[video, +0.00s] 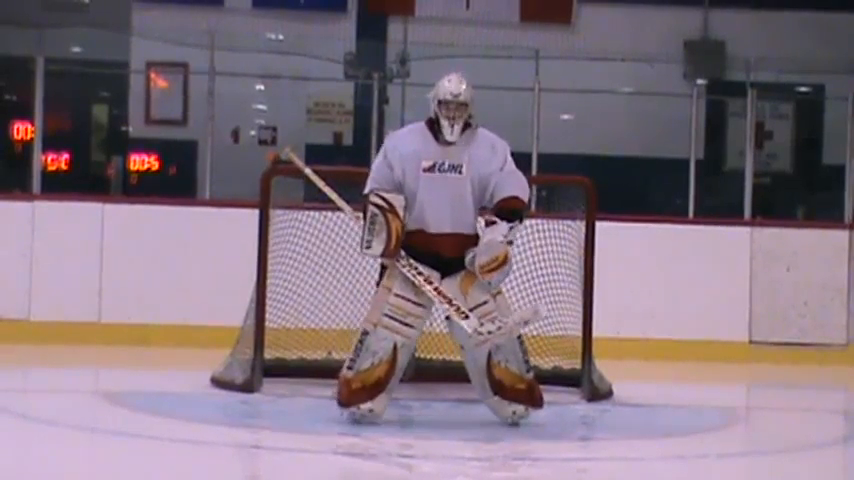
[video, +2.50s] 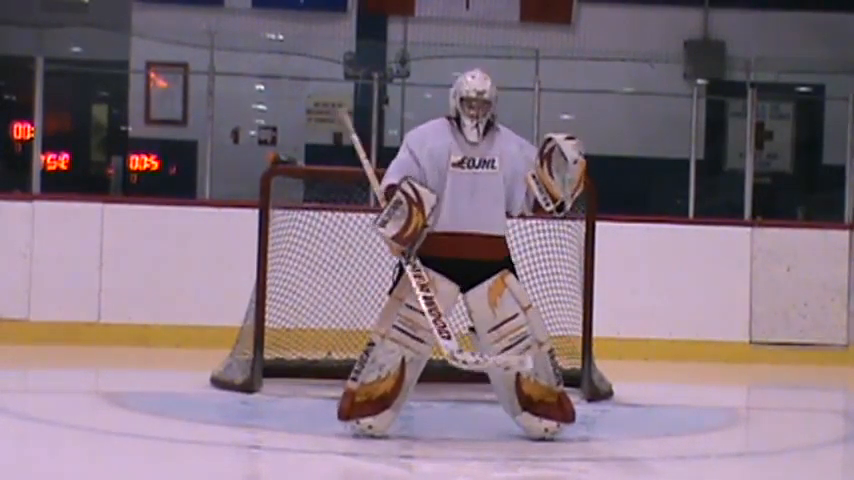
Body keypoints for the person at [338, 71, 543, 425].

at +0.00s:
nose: (453, 114)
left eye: (459, 107)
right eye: (447, 107)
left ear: (470, 109)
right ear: (434, 106)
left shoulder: (489, 148)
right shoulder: (402, 145)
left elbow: (514, 194)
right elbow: (380, 195)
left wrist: (498, 232)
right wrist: (381, 229)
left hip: (469, 265)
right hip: (410, 262)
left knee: (494, 335)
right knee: (388, 332)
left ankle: (513, 404)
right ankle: (365, 401)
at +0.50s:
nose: (452, 116)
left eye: (459, 109)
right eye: (446, 108)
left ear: (471, 110)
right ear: (433, 108)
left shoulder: (504, 152)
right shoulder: (401, 151)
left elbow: (532, 205)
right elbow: (384, 203)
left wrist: (522, 240)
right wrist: (380, 226)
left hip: (475, 268)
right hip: (414, 266)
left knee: (501, 340)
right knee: (385, 336)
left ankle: (524, 412)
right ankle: (358, 407)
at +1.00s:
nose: (474, 201)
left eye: (482, 195)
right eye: (467, 194)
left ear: (493, 192)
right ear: (453, 187)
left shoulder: (513, 217)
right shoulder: (421, 206)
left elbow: (502, 269)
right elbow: (405, 256)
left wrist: (478, 286)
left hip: (475, 281)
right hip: (424, 276)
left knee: (506, 340)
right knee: (403, 333)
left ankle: (535, 413)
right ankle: (368, 409)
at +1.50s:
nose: (477, 201)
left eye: (484, 195)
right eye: (470, 194)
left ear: (496, 193)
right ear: (456, 187)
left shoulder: (516, 218)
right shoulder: (425, 206)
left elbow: (503, 274)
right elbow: (409, 255)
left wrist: (478, 293)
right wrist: (434, 289)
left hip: (478, 281)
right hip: (425, 274)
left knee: (507, 339)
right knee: (402, 333)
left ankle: (535, 414)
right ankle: (368, 411)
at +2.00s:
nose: (475, 115)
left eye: (481, 108)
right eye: (468, 107)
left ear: (492, 110)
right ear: (454, 108)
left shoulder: (511, 154)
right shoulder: (423, 147)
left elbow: (534, 203)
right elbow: (395, 197)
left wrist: (557, 205)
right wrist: (391, 229)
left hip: (486, 266)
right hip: (430, 262)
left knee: (517, 342)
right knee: (397, 338)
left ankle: (539, 416)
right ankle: (368, 414)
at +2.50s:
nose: (475, 110)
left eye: (481, 103)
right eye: (468, 103)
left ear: (492, 104)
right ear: (454, 102)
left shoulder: (511, 146)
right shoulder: (425, 140)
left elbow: (531, 201)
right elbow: (393, 186)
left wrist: (556, 176)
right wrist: (399, 208)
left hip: (490, 259)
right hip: (433, 258)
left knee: (516, 336)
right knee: (402, 334)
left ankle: (541, 417)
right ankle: (373, 415)